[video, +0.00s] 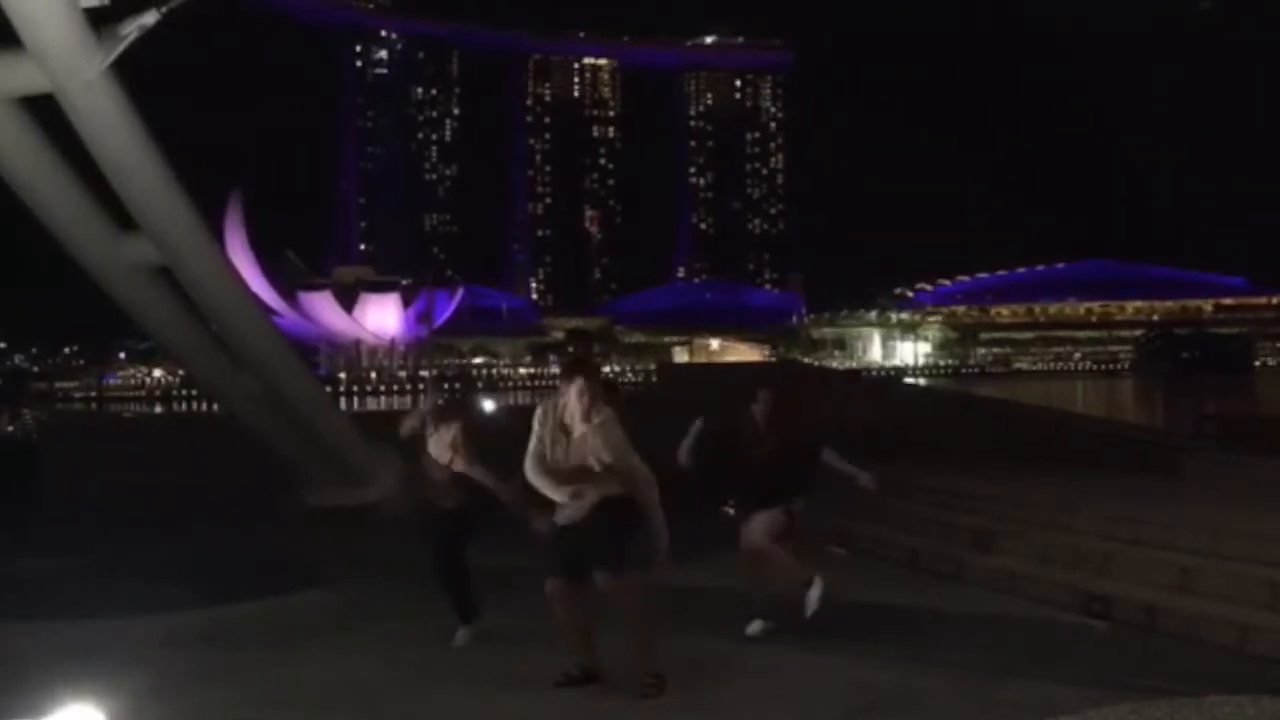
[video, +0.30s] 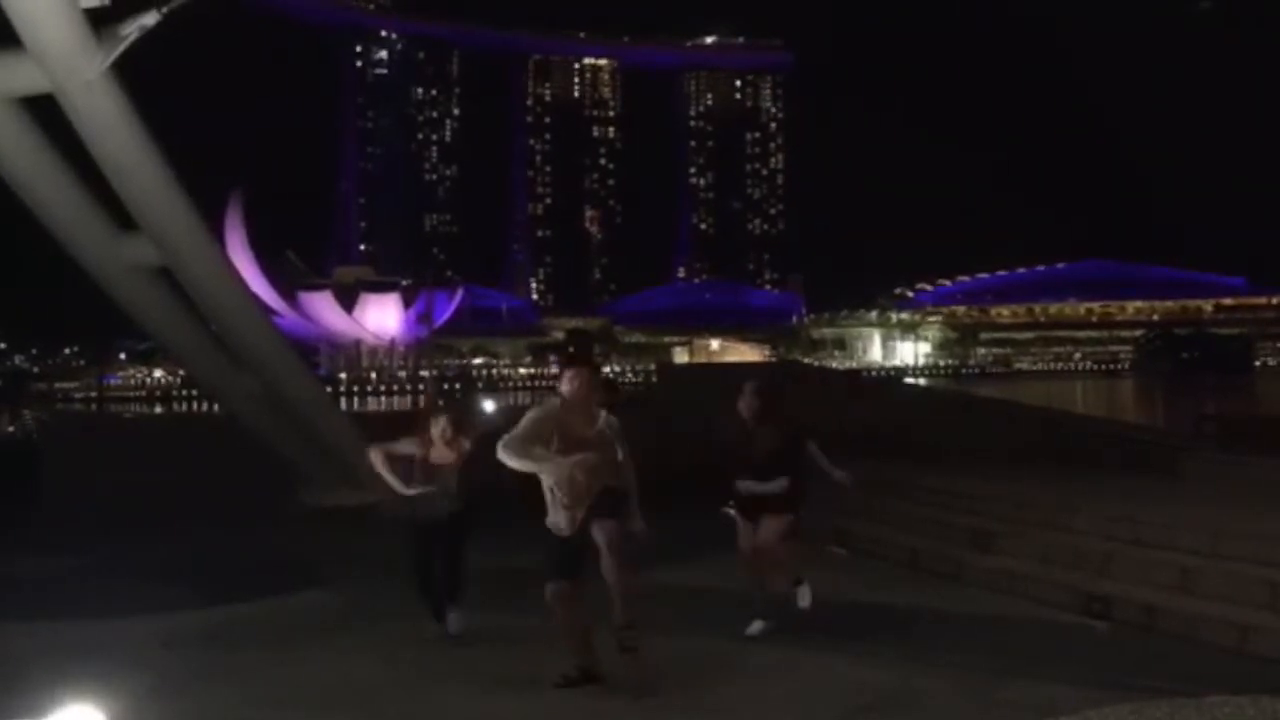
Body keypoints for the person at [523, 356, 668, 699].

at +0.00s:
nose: (585, 400)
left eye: (590, 392)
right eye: (579, 392)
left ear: (599, 393)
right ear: (564, 390)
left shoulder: (605, 418)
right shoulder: (547, 413)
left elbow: (625, 465)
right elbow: (532, 466)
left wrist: (593, 419)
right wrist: (561, 495)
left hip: (614, 504)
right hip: (571, 511)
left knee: (620, 582)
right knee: (560, 586)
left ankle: (646, 669)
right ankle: (584, 664)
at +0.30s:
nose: (573, 385)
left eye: (580, 378)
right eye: (568, 378)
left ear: (594, 383)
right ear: (560, 382)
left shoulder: (607, 423)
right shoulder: (547, 414)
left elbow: (624, 468)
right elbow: (506, 449)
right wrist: (554, 466)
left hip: (601, 500)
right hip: (563, 512)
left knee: (608, 536)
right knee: (560, 590)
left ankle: (624, 621)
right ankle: (584, 665)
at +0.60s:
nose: (536, 383)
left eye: (544, 376)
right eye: (534, 377)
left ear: (566, 378)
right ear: (532, 381)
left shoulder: (592, 413)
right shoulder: (525, 419)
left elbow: (612, 456)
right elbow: (509, 476)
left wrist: (607, 504)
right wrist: (539, 462)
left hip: (581, 523)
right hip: (532, 525)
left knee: (606, 593)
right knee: (493, 587)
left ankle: (617, 665)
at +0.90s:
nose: (546, 381)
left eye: (552, 373)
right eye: (539, 373)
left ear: (565, 379)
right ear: (528, 380)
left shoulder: (579, 414)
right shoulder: (520, 421)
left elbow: (591, 464)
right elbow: (501, 476)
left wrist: (598, 504)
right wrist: (546, 454)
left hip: (578, 526)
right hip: (525, 530)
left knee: (606, 594)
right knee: (489, 596)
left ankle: (592, 671)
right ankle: (454, 669)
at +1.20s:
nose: (604, 371)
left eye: (606, 364)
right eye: (597, 364)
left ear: (607, 371)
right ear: (579, 367)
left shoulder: (610, 406)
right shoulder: (566, 405)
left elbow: (641, 436)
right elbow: (565, 474)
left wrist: (685, 450)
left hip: (603, 512)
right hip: (568, 513)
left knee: (632, 582)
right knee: (571, 598)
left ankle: (612, 672)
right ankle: (553, 663)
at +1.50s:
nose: (650, 373)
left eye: (652, 366)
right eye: (643, 365)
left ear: (653, 371)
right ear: (625, 368)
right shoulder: (618, 399)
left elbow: (583, 447)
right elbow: (656, 444)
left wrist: (585, 489)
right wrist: (672, 413)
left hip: (629, 508)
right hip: (616, 510)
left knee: (636, 592)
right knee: (662, 586)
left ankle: (618, 677)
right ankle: (641, 679)